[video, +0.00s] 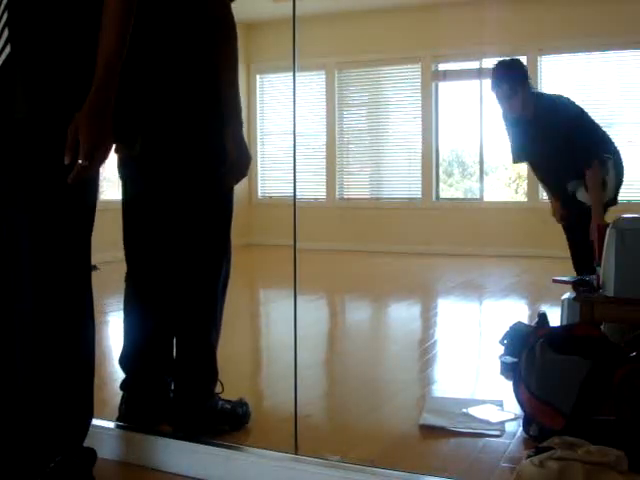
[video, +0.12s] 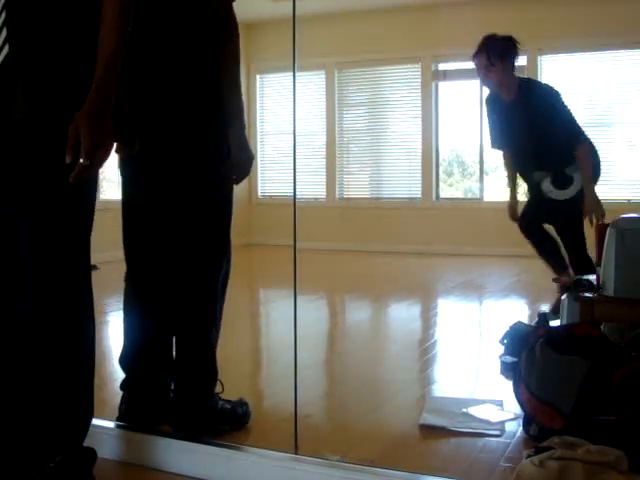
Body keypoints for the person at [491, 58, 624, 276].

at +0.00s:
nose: (506, 106)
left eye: (510, 97)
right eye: (500, 99)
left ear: (525, 88)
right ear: (495, 96)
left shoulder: (559, 108)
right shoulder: (511, 119)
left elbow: (592, 162)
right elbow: (533, 163)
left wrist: (597, 218)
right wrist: (553, 198)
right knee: (573, 227)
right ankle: (585, 284)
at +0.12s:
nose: (479, 75)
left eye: (484, 68)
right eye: (478, 69)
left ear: (503, 66)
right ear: (492, 69)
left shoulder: (542, 94)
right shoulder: (493, 103)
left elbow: (580, 143)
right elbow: (507, 152)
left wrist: (590, 192)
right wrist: (512, 196)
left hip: (570, 172)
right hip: (541, 179)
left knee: (529, 221)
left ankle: (569, 280)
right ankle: (567, 282)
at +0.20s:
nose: (474, 71)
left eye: (480, 63)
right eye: (473, 64)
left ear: (499, 62)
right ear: (487, 66)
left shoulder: (538, 92)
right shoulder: (488, 99)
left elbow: (576, 140)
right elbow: (500, 150)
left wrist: (587, 188)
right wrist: (502, 195)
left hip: (563, 174)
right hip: (536, 181)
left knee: (520, 222)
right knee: (573, 249)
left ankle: (545, 293)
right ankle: (597, 304)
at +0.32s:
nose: (447, 65)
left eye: (452, 58)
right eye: (446, 58)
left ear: (474, 58)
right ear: (460, 61)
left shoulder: (510, 94)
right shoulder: (461, 99)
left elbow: (551, 137)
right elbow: (464, 149)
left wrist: (572, 182)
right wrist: (459, 195)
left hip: (538, 182)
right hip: (511, 187)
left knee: (500, 246)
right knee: (556, 248)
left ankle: (467, 317)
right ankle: (593, 302)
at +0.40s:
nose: (419, 58)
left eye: (424, 51)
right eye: (419, 51)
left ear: (444, 54)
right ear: (437, 55)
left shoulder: (476, 91)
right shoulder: (431, 95)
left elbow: (516, 139)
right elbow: (438, 144)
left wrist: (546, 182)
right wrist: (433, 189)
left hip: (508, 179)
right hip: (481, 183)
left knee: (470, 240)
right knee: (522, 247)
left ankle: (458, 319)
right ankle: (576, 299)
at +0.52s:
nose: (382, 40)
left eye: (387, 33)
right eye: (383, 34)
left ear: (407, 36)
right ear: (402, 38)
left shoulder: (438, 78)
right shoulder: (401, 81)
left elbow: (462, 132)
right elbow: (412, 133)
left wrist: (476, 181)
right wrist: (411, 176)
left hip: (459, 167)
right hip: (433, 170)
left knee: (442, 241)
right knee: (447, 243)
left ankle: (454, 319)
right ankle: (510, 287)